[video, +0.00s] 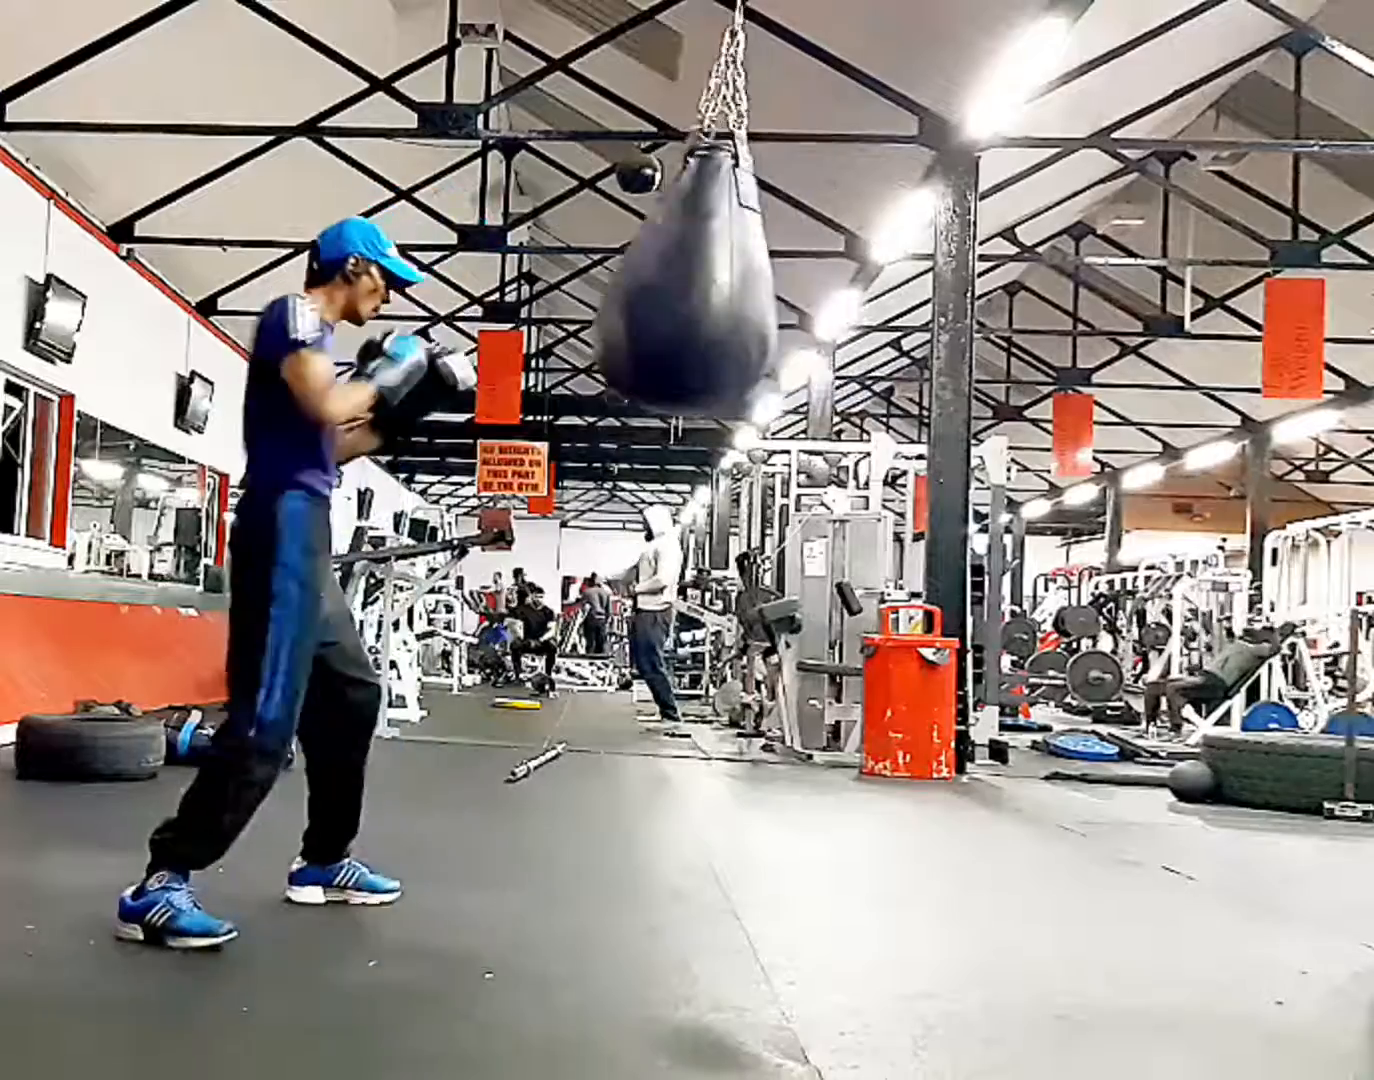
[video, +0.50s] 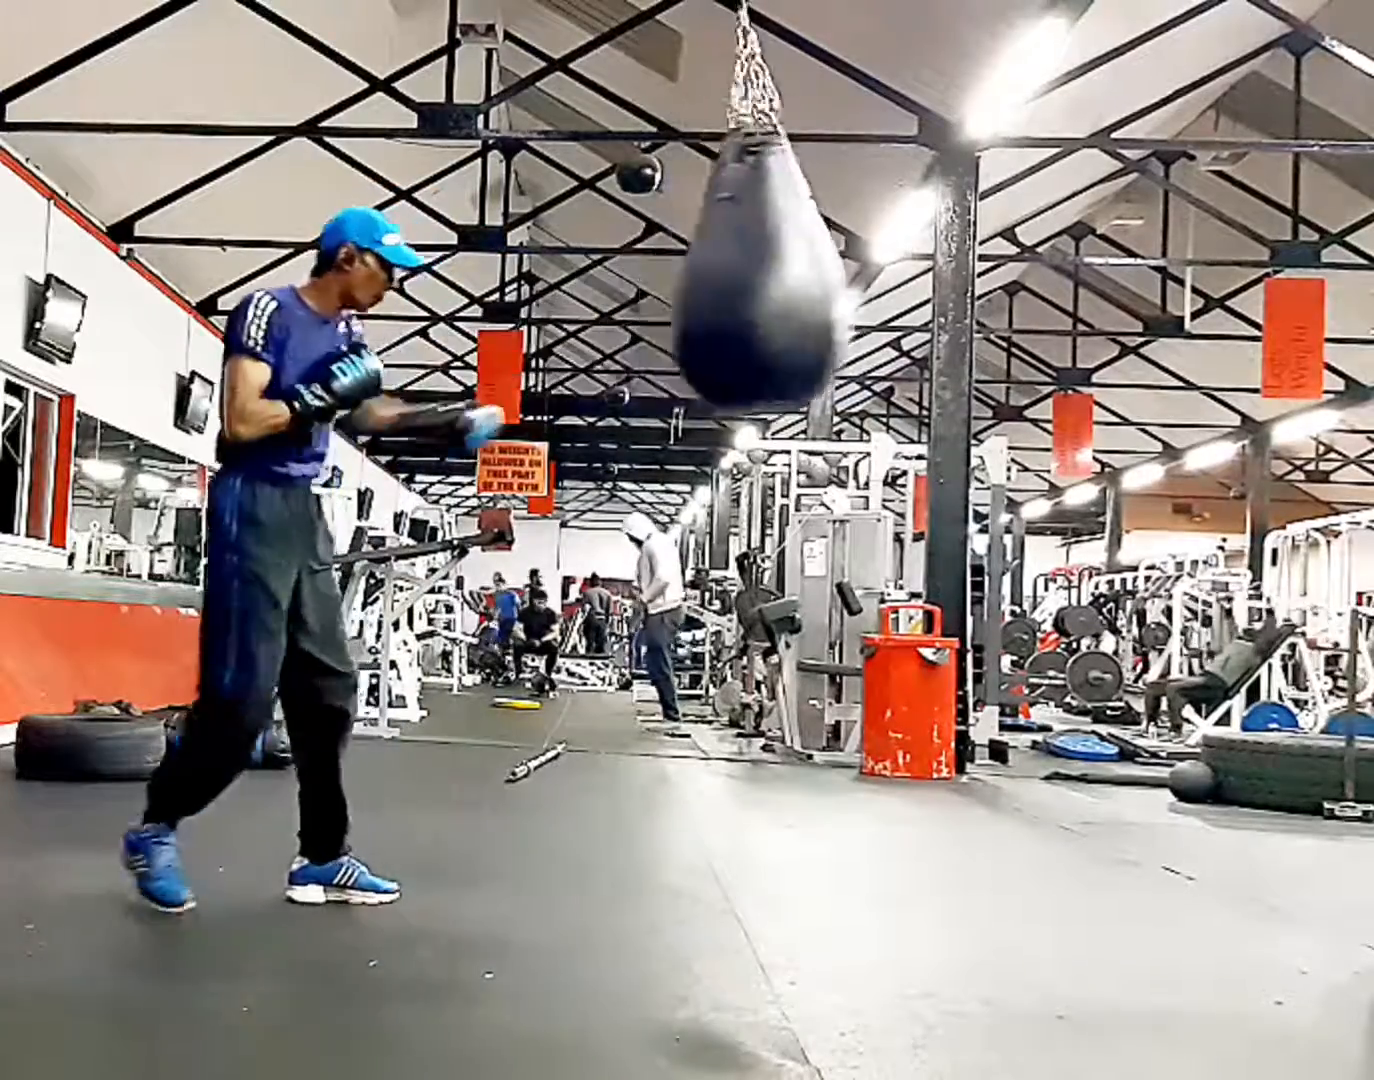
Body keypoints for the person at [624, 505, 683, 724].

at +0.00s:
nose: (643, 527)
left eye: (647, 523)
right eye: (644, 523)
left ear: (657, 523)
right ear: (657, 523)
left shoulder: (668, 546)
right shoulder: (652, 547)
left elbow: (663, 580)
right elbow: (633, 573)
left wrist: (636, 589)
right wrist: (609, 580)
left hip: (656, 609)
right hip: (643, 608)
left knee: (652, 663)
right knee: (643, 664)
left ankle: (670, 712)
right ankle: (666, 709)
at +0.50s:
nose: (630, 541)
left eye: (630, 536)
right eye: (629, 537)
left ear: (637, 532)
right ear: (644, 528)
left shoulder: (656, 544)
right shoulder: (652, 545)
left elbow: (663, 577)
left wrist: (644, 598)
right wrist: (640, 593)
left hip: (663, 610)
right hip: (657, 609)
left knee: (659, 662)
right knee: (657, 662)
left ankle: (671, 713)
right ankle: (669, 711)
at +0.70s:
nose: (632, 546)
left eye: (631, 541)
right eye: (629, 542)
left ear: (638, 536)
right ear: (646, 530)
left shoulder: (654, 551)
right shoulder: (666, 544)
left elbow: (659, 586)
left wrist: (653, 616)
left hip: (666, 613)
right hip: (679, 609)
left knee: (659, 661)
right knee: (659, 659)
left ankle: (671, 711)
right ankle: (669, 707)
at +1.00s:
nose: (638, 548)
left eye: (637, 544)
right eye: (636, 544)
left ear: (643, 538)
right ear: (651, 532)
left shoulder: (657, 553)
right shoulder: (671, 546)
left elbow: (672, 585)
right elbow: (687, 580)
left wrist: (683, 613)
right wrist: (695, 607)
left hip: (665, 616)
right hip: (676, 613)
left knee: (660, 666)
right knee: (672, 664)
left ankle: (673, 714)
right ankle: (685, 712)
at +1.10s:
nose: (641, 551)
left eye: (640, 546)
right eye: (638, 547)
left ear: (647, 541)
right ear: (650, 536)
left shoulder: (663, 555)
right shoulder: (664, 551)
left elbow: (681, 585)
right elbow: (658, 583)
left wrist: (692, 612)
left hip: (668, 619)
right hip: (672, 617)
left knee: (659, 665)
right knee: (673, 665)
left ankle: (673, 714)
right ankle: (688, 715)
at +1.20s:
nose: (644, 555)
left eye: (643, 551)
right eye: (641, 551)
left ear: (650, 545)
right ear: (654, 540)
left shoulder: (666, 561)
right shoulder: (667, 556)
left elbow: (684, 592)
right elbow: (660, 586)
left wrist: (694, 619)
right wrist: (641, 589)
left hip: (668, 623)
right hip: (675, 620)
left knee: (661, 666)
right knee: (673, 666)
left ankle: (673, 712)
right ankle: (688, 713)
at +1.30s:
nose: (645, 558)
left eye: (644, 554)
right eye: (643, 555)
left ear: (650, 548)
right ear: (655, 541)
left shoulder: (669, 562)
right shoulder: (671, 556)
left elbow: (686, 594)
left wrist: (694, 621)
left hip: (668, 625)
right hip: (676, 622)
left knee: (664, 669)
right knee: (675, 667)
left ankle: (672, 713)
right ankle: (689, 715)